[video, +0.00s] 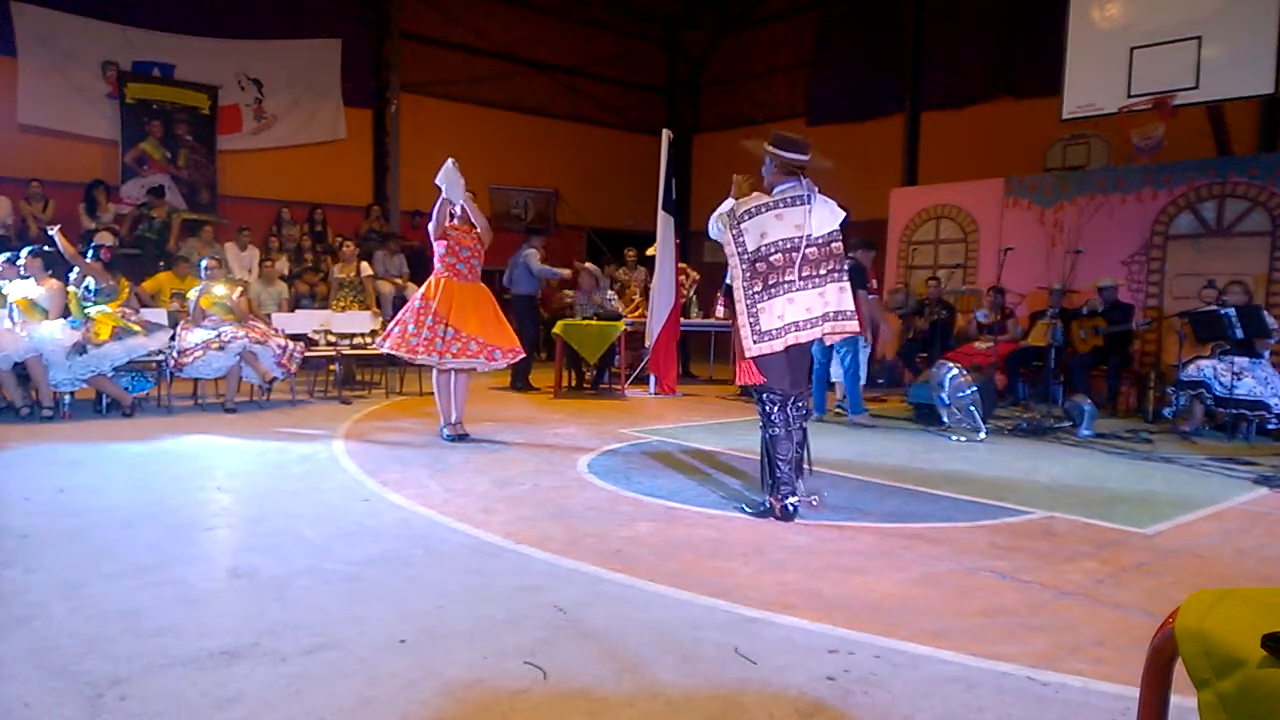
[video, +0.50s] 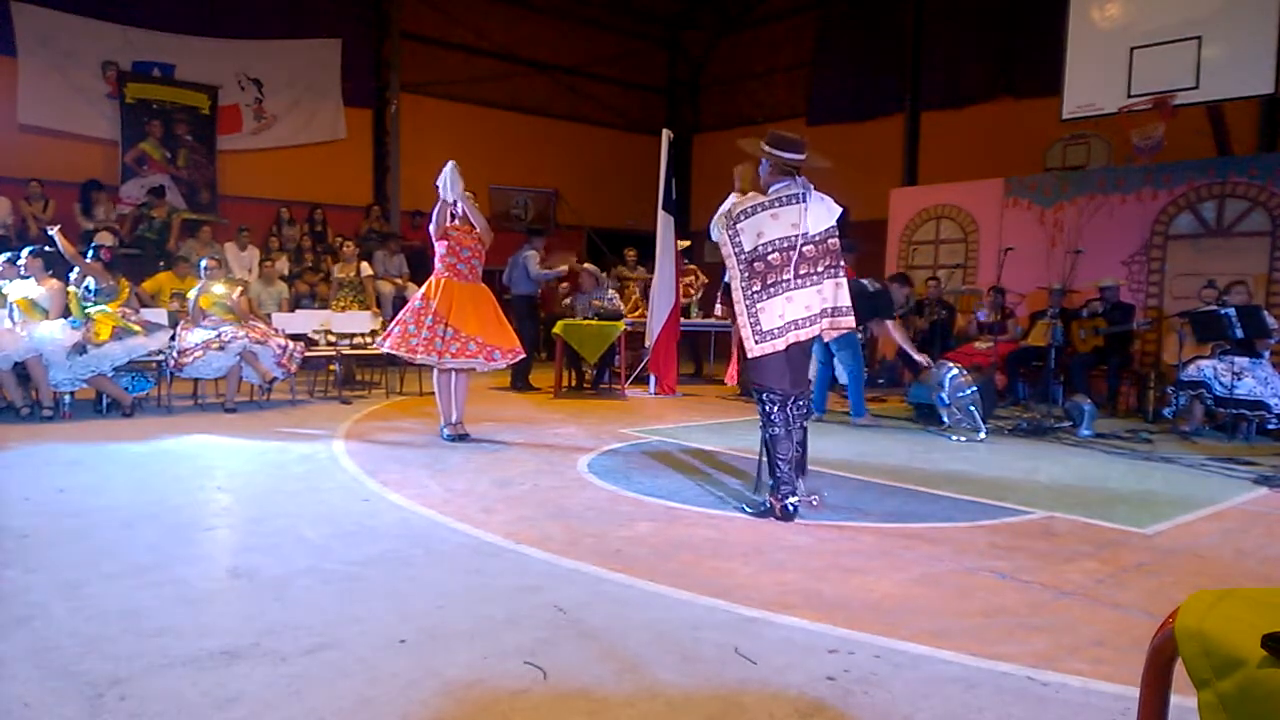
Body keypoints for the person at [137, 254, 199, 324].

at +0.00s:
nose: (187, 271)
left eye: (188, 268)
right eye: (184, 268)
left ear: (190, 268)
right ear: (175, 268)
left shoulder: (194, 282)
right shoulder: (163, 278)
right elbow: (141, 291)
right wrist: (154, 307)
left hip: (187, 316)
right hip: (164, 314)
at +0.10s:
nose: (188, 271)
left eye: (189, 268)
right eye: (185, 268)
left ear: (190, 268)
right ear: (176, 267)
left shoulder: (194, 281)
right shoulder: (163, 278)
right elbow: (142, 291)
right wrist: (154, 307)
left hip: (187, 316)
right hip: (165, 314)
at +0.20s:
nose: (187, 271)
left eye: (189, 268)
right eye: (184, 268)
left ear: (190, 268)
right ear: (176, 267)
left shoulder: (194, 281)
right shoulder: (163, 278)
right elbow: (141, 291)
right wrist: (154, 307)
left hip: (188, 316)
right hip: (165, 314)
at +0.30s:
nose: (187, 271)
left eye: (188, 268)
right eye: (184, 268)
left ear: (190, 268)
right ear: (175, 268)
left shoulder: (193, 282)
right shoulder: (163, 278)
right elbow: (142, 290)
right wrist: (154, 308)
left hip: (187, 317)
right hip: (165, 315)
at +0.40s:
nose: (187, 271)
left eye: (188, 268)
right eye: (184, 268)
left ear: (190, 268)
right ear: (175, 268)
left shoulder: (193, 281)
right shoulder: (163, 278)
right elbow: (142, 290)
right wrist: (154, 308)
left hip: (187, 317)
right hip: (165, 315)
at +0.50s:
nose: (187, 271)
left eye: (188, 268)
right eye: (184, 268)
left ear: (190, 268)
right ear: (175, 268)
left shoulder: (193, 281)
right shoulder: (163, 278)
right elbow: (142, 291)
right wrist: (154, 307)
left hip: (187, 316)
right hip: (165, 314)